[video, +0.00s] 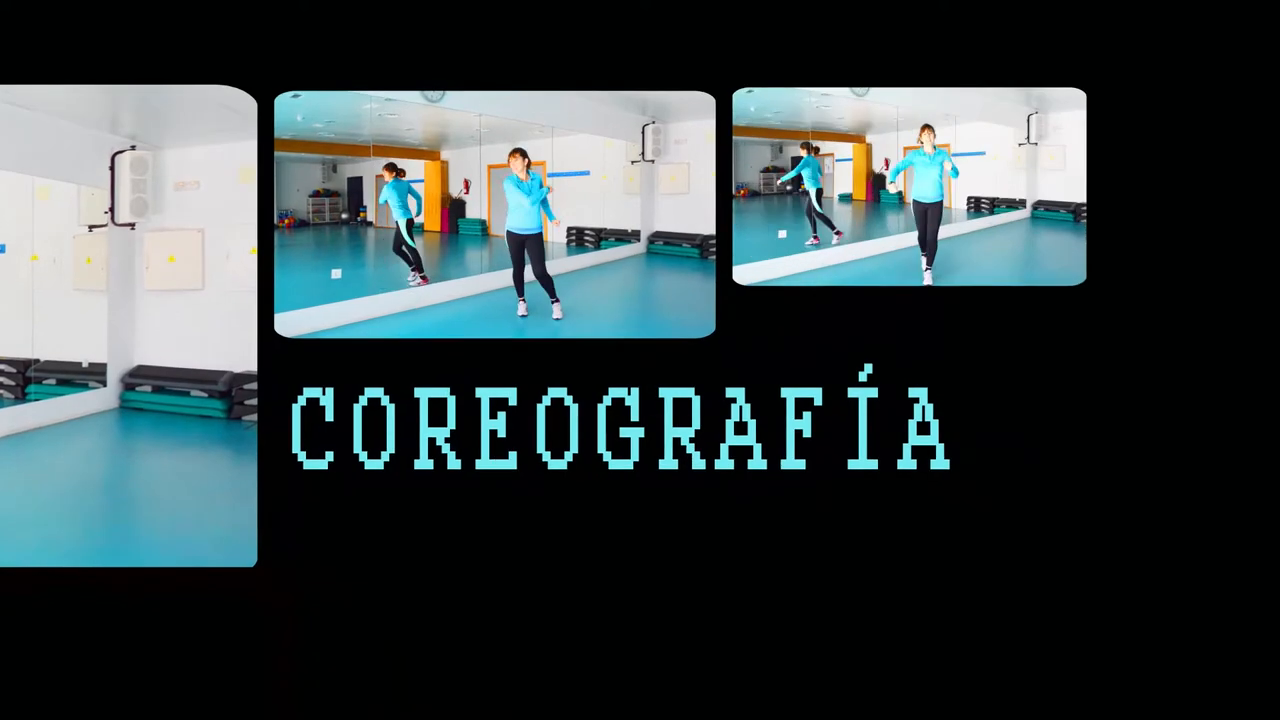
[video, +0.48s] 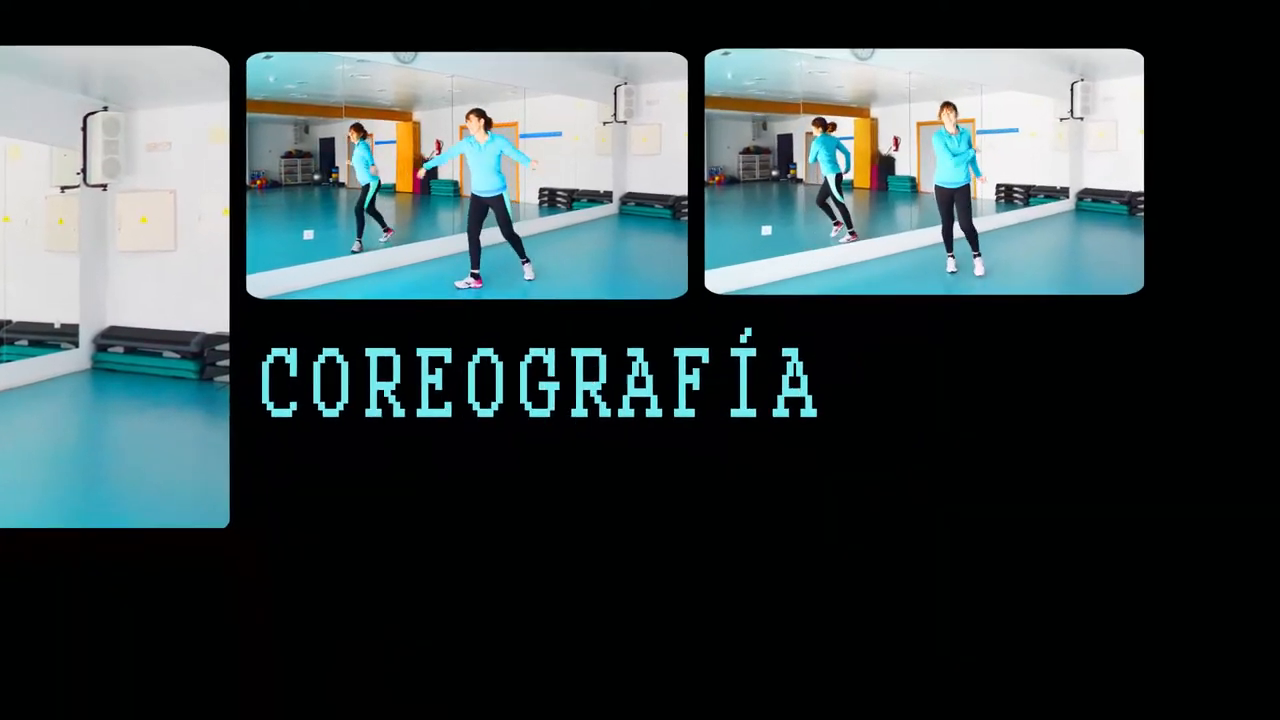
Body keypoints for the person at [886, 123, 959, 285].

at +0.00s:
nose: (928, 136)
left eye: (930, 133)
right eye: (925, 133)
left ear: (934, 136)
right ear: (921, 137)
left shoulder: (942, 154)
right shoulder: (914, 155)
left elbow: (955, 174)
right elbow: (897, 167)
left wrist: (951, 169)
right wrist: (891, 181)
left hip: (936, 200)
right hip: (918, 200)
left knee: (932, 236)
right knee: (922, 233)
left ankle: (928, 269)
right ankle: (923, 255)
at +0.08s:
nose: (934, 141)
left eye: (936, 138)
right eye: (931, 139)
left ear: (941, 142)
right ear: (926, 143)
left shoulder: (948, 161)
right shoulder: (920, 161)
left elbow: (959, 180)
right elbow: (904, 172)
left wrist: (955, 176)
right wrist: (892, 184)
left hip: (942, 206)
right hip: (924, 206)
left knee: (938, 242)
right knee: (931, 240)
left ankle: (933, 276)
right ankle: (936, 263)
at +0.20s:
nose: (940, 143)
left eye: (942, 140)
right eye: (937, 140)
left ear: (947, 142)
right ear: (933, 144)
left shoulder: (955, 161)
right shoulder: (927, 162)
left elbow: (959, 178)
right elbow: (912, 178)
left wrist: (960, 185)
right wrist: (909, 190)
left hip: (950, 208)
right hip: (932, 208)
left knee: (948, 245)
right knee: (939, 243)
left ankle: (941, 281)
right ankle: (944, 269)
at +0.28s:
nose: (944, 133)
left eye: (946, 130)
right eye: (940, 130)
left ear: (951, 132)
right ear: (936, 134)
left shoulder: (958, 152)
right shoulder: (930, 154)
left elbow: (962, 171)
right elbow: (920, 177)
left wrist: (964, 183)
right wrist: (934, 189)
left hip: (955, 200)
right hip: (936, 202)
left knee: (954, 238)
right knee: (941, 237)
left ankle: (951, 277)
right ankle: (944, 264)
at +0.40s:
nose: (947, 120)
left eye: (949, 117)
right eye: (943, 118)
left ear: (954, 119)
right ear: (939, 121)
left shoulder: (963, 138)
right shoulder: (935, 141)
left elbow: (968, 161)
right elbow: (938, 170)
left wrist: (972, 177)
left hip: (959, 188)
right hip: (940, 189)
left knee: (961, 227)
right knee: (944, 228)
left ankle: (966, 265)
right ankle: (947, 262)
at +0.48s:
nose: (949, 115)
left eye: (951, 112)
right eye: (945, 113)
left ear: (956, 114)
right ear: (941, 117)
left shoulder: (965, 134)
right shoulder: (938, 137)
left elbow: (970, 156)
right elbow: (951, 160)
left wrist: (978, 173)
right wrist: (970, 152)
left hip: (962, 185)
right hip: (943, 186)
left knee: (966, 223)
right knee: (947, 223)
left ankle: (977, 257)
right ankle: (950, 257)